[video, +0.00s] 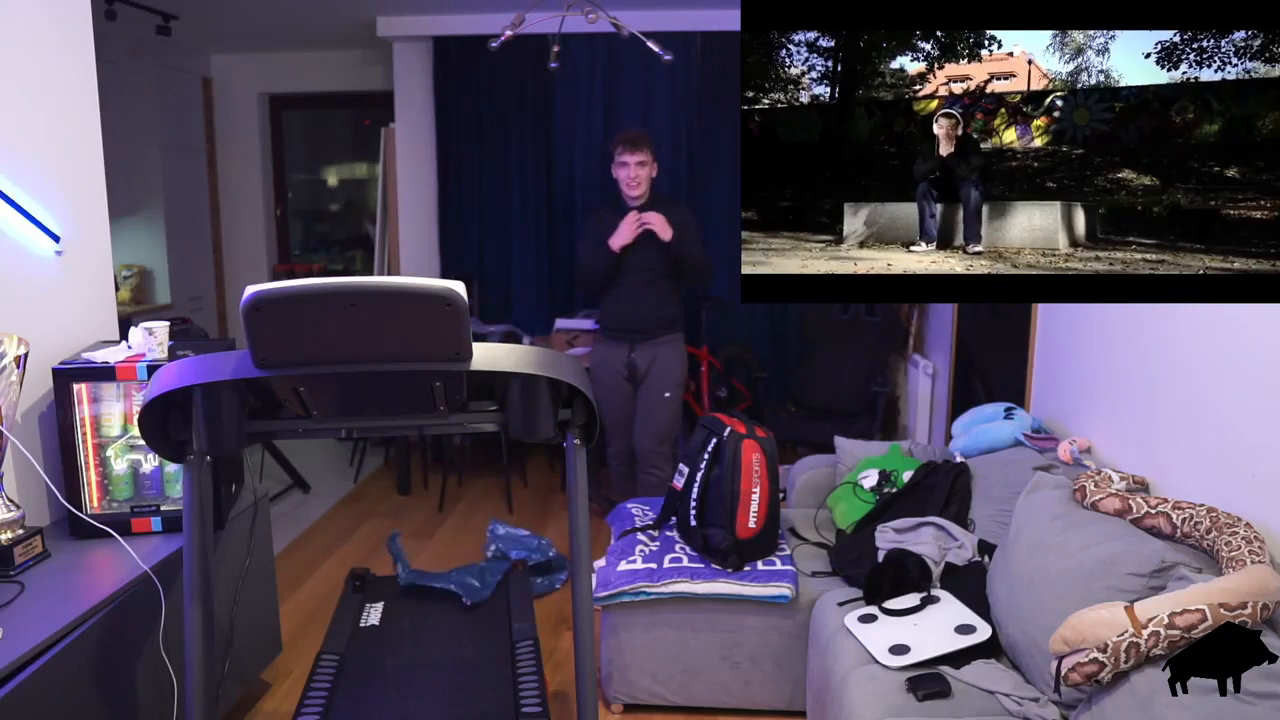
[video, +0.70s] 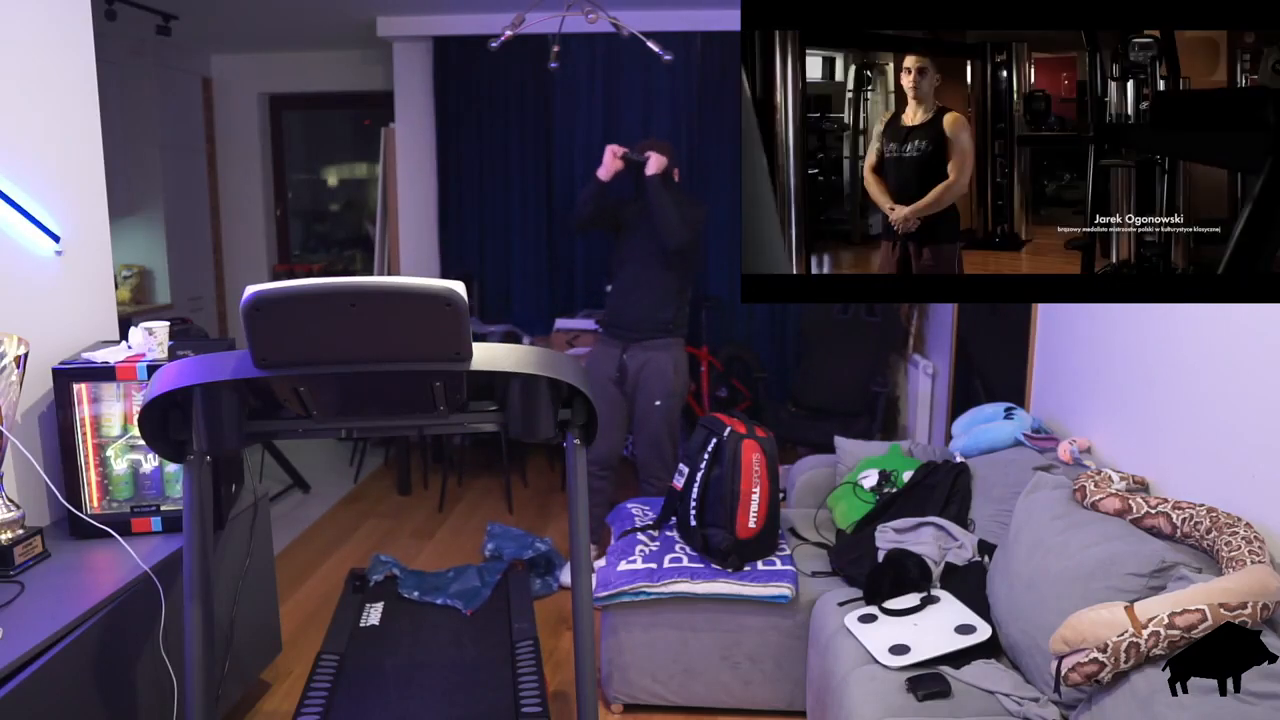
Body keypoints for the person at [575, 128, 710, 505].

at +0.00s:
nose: (632, 174)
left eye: (640, 165)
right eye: (623, 165)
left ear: (654, 169)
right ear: (613, 172)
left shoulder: (675, 217)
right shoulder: (601, 220)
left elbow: (699, 274)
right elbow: (587, 282)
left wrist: (671, 237)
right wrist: (613, 243)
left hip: (664, 347)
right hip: (610, 348)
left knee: (652, 449)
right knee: (618, 450)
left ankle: (655, 538)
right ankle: (625, 536)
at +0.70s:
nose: (643, 173)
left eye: (653, 165)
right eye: (639, 165)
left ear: (673, 173)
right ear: (631, 173)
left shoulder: (685, 205)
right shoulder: (624, 203)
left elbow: (676, 237)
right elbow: (582, 221)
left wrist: (654, 181)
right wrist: (603, 178)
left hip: (660, 350)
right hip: (610, 348)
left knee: (654, 454)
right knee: (599, 453)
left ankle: (658, 549)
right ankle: (592, 545)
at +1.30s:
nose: (612, 160)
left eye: (620, 150)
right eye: (604, 150)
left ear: (635, 152)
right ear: (596, 153)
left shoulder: (656, 195)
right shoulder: (587, 192)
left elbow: (656, 161)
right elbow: (539, 177)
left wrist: (623, 115)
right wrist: (590, 161)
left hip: (645, 347)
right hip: (592, 345)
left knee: (650, 461)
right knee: (586, 459)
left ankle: (652, 559)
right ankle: (581, 551)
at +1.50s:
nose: (616, 132)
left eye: (616, 127)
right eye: (609, 126)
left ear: (621, 137)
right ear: (596, 132)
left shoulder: (637, 192)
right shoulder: (571, 190)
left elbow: (618, 151)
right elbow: (544, 160)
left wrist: (593, 106)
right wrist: (579, 120)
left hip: (630, 341)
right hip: (580, 339)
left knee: (639, 452)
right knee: (580, 451)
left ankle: (651, 547)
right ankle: (581, 547)